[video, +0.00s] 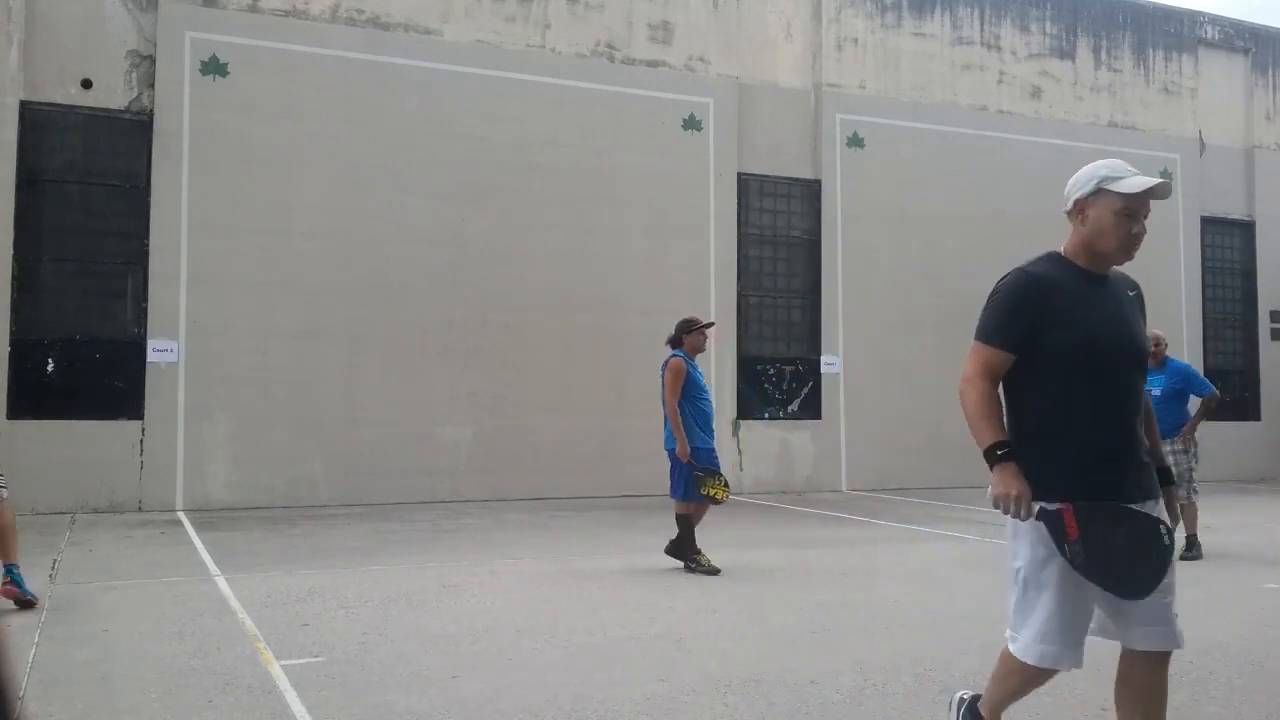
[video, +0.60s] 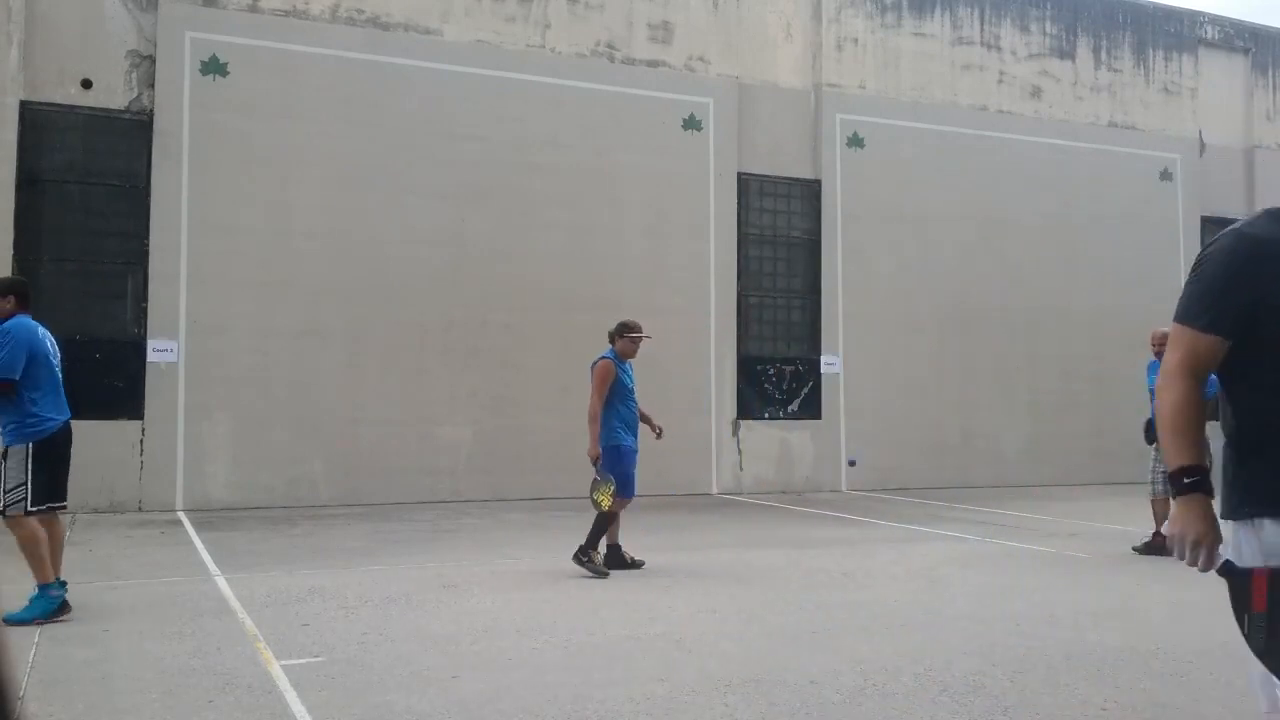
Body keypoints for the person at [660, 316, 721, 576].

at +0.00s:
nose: (706, 338)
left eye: (705, 334)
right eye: (701, 334)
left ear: (693, 339)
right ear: (686, 337)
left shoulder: (691, 364)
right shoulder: (677, 363)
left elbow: (689, 404)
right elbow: (671, 404)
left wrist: (704, 439)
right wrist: (681, 441)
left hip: (703, 442)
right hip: (686, 443)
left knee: (711, 492)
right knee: (685, 496)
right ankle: (691, 553)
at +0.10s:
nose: (694, 340)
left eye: (693, 336)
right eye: (689, 336)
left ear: (684, 341)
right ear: (673, 340)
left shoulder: (679, 366)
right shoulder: (664, 366)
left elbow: (677, 406)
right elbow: (655, 405)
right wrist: (662, 444)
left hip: (691, 443)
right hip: (678, 443)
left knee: (681, 498)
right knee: (678, 499)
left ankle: (643, 535)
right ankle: (692, 555)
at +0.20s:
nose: (682, 343)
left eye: (682, 339)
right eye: (677, 338)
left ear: (673, 343)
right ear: (661, 342)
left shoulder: (670, 368)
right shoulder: (651, 368)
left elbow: (674, 408)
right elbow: (639, 408)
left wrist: (691, 436)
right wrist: (640, 446)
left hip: (674, 445)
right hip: (663, 445)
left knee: (653, 501)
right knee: (674, 501)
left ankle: (621, 546)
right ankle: (691, 555)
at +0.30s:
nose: (671, 346)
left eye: (672, 342)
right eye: (667, 342)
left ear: (666, 346)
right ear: (652, 343)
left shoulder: (659, 370)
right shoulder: (639, 368)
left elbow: (667, 409)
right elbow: (625, 409)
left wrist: (692, 434)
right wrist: (622, 447)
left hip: (647, 445)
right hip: (649, 446)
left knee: (629, 499)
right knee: (667, 499)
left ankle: (615, 552)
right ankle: (687, 555)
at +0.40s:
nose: (662, 347)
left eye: (663, 342)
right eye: (658, 342)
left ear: (654, 344)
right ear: (643, 341)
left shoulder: (647, 367)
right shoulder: (628, 365)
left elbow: (655, 406)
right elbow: (614, 405)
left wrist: (681, 429)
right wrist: (609, 443)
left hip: (632, 442)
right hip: (637, 443)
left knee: (619, 496)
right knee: (659, 492)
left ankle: (614, 553)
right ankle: (666, 553)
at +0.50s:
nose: (649, 345)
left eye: (651, 341)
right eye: (645, 340)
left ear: (645, 343)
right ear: (630, 340)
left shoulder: (636, 365)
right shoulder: (617, 364)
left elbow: (639, 404)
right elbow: (603, 404)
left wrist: (663, 424)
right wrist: (598, 441)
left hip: (627, 437)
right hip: (626, 439)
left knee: (618, 493)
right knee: (645, 489)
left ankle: (613, 552)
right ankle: (629, 550)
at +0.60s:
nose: (638, 346)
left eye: (639, 342)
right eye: (634, 341)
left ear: (631, 343)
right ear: (618, 340)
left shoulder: (624, 365)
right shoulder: (606, 365)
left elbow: (627, 404)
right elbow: (595, 405)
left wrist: (649, 421)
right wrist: (593, 444)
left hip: (625, 442)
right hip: (615, 444)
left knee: (616, 498)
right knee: (622, 497)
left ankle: (613, 552)